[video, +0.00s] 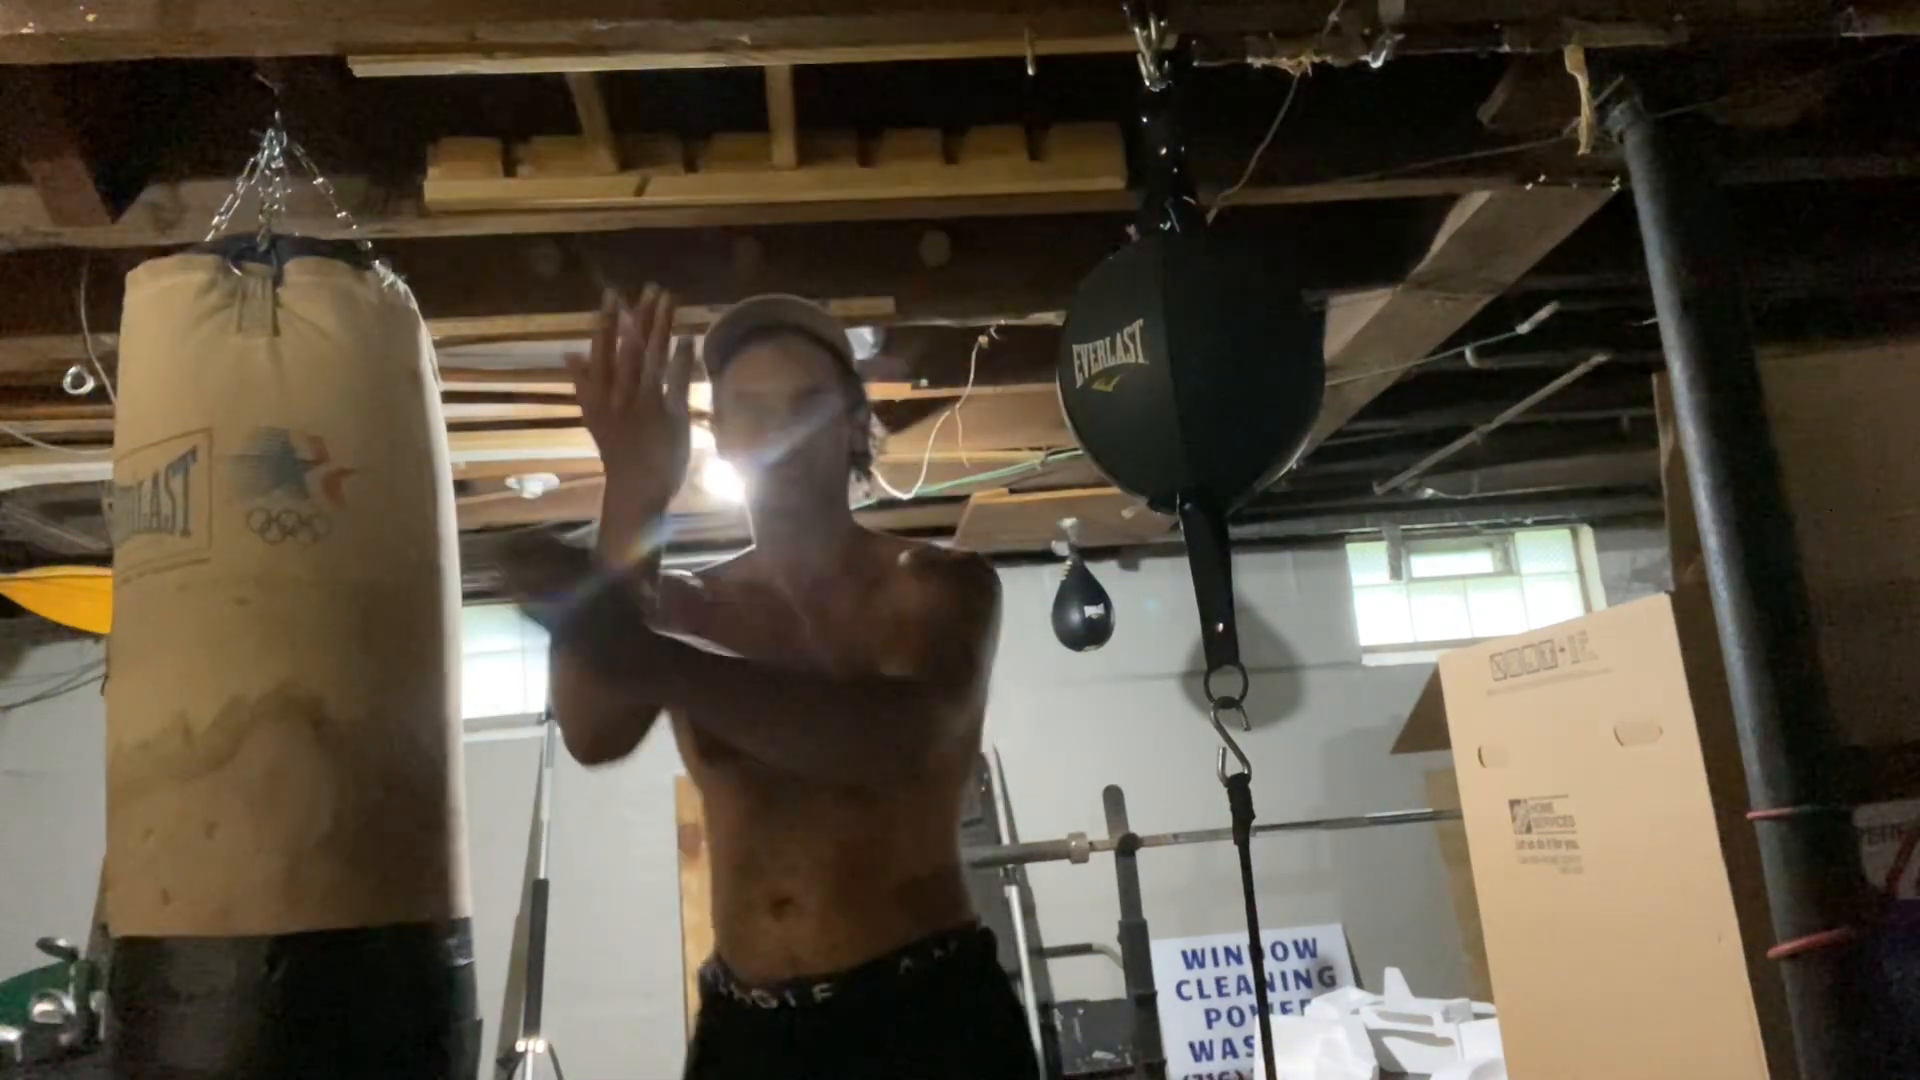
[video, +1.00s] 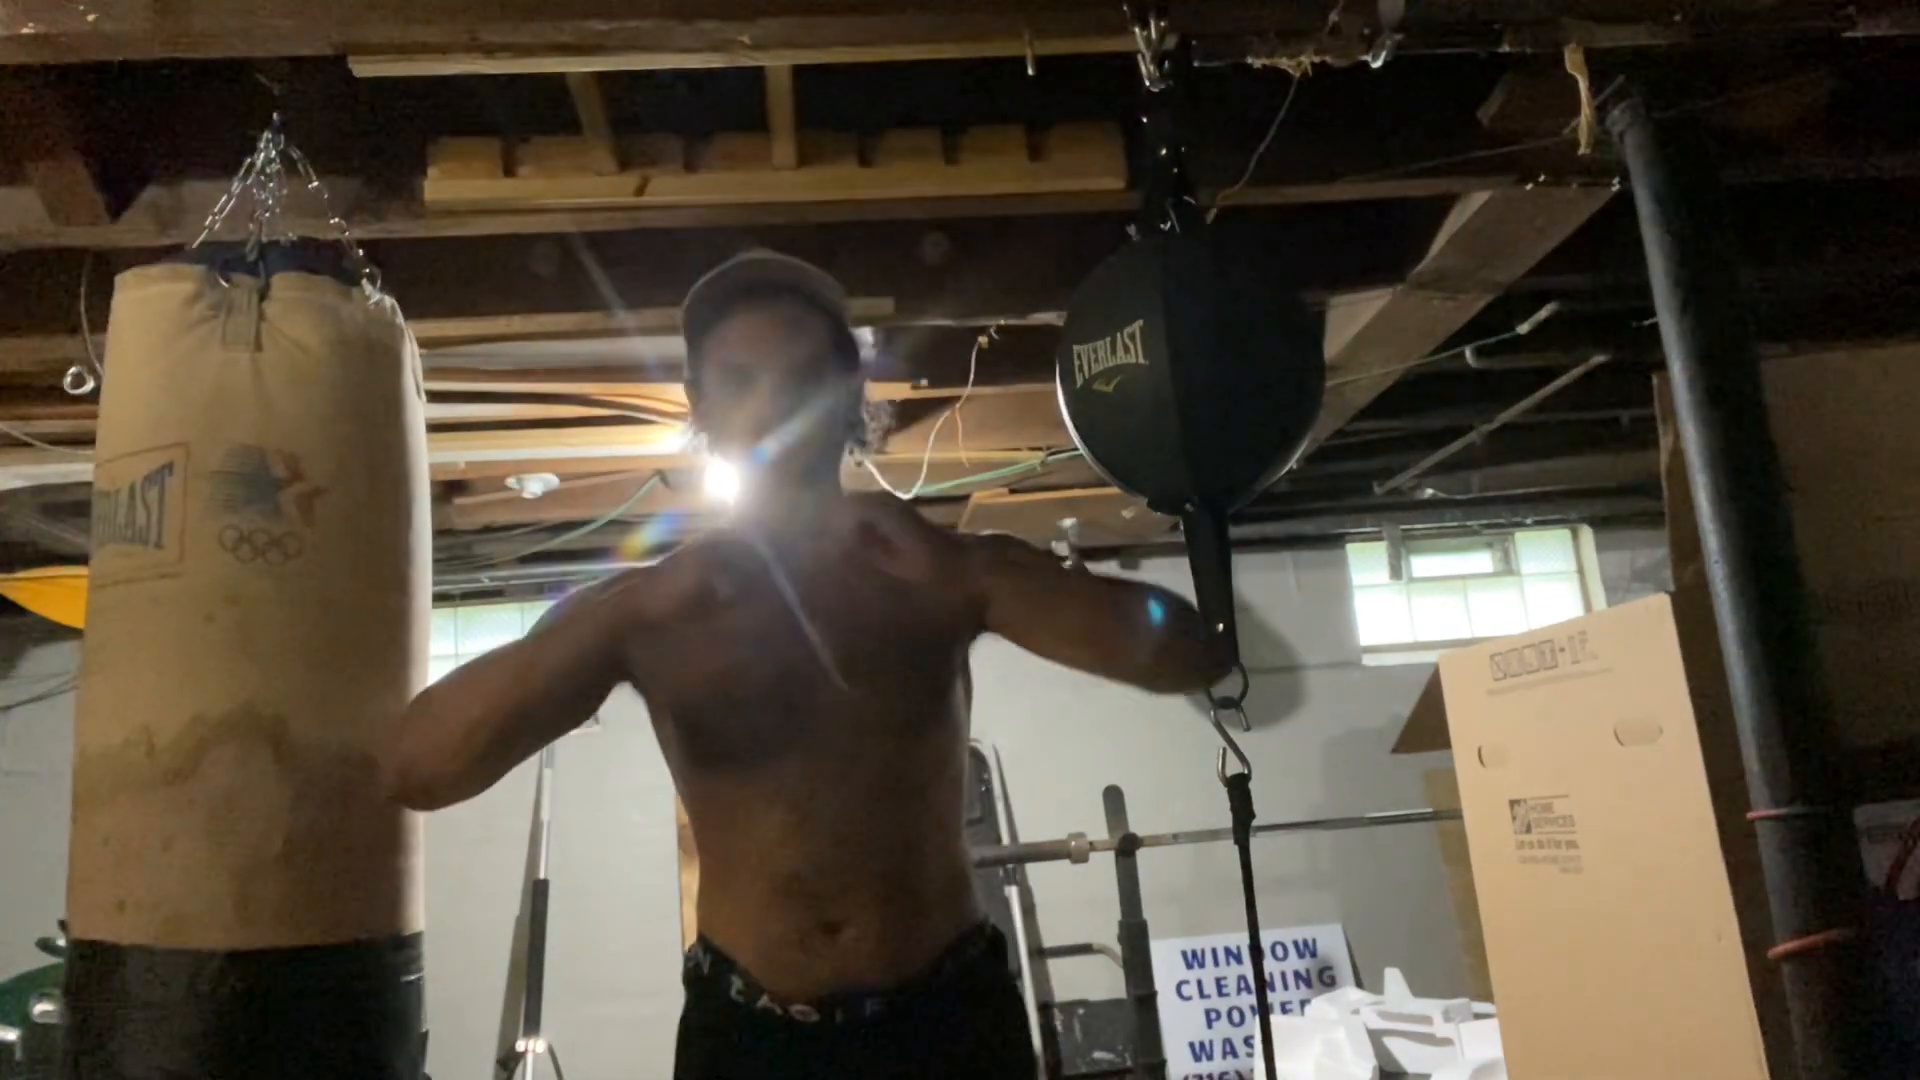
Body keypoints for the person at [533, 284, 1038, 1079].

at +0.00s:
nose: (777, 431)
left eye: (806, 401)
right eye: (748, 409)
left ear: (859, 426)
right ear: (720, 438)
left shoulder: (946, 584)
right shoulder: (689, 603)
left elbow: (912, 743)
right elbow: (594, 735)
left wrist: (656, 662)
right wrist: (629, 505)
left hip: (927, 1007)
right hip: (748, 1027)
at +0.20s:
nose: (807, 439)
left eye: (830, 411)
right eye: (777, 419)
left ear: (876, 428)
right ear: (740, 445)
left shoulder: (968, 593)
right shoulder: (686, 607)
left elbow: (1066, 754)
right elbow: (581, 726)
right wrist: (641, 455)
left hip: (953, 1011)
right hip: (759, 1031)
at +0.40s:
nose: (843, 419)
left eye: (870, 391)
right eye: (811, 395)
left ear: (915, 417)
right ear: (770, 428)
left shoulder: (996, 562)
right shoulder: (723, 607)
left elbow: (1193, 717)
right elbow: (581, 779)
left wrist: (1032, 593)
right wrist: (688, 545)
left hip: (1015, 1000)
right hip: (823, 1018)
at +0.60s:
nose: (840, 416)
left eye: (865, 385)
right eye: (809, 391)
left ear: (917, 412)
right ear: (771, 419)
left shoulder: (986, 567)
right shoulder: (722, 611)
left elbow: (1268, 669)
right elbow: (513, 780)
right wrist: (679, 629)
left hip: (1016, 1006)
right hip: (819, 1022)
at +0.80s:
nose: (798, 413)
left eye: (825, 377)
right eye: (767, 387)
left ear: (876, 398)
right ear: (728, 411)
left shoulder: (956, 556)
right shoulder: (682, 594)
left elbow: (1218, 604)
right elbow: (437, 741)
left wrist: (1190, 587)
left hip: (970, 1017)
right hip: (769, 1031)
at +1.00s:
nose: (771, 411)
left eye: (801, 379)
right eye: (737, 384)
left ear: (854, 400)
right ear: (698, 414)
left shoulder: (941, 564)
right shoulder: (653, 607)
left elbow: (1184, 652)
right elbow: (417, 766)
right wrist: (612, 610)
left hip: (948, 1016)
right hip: (750, 1033)